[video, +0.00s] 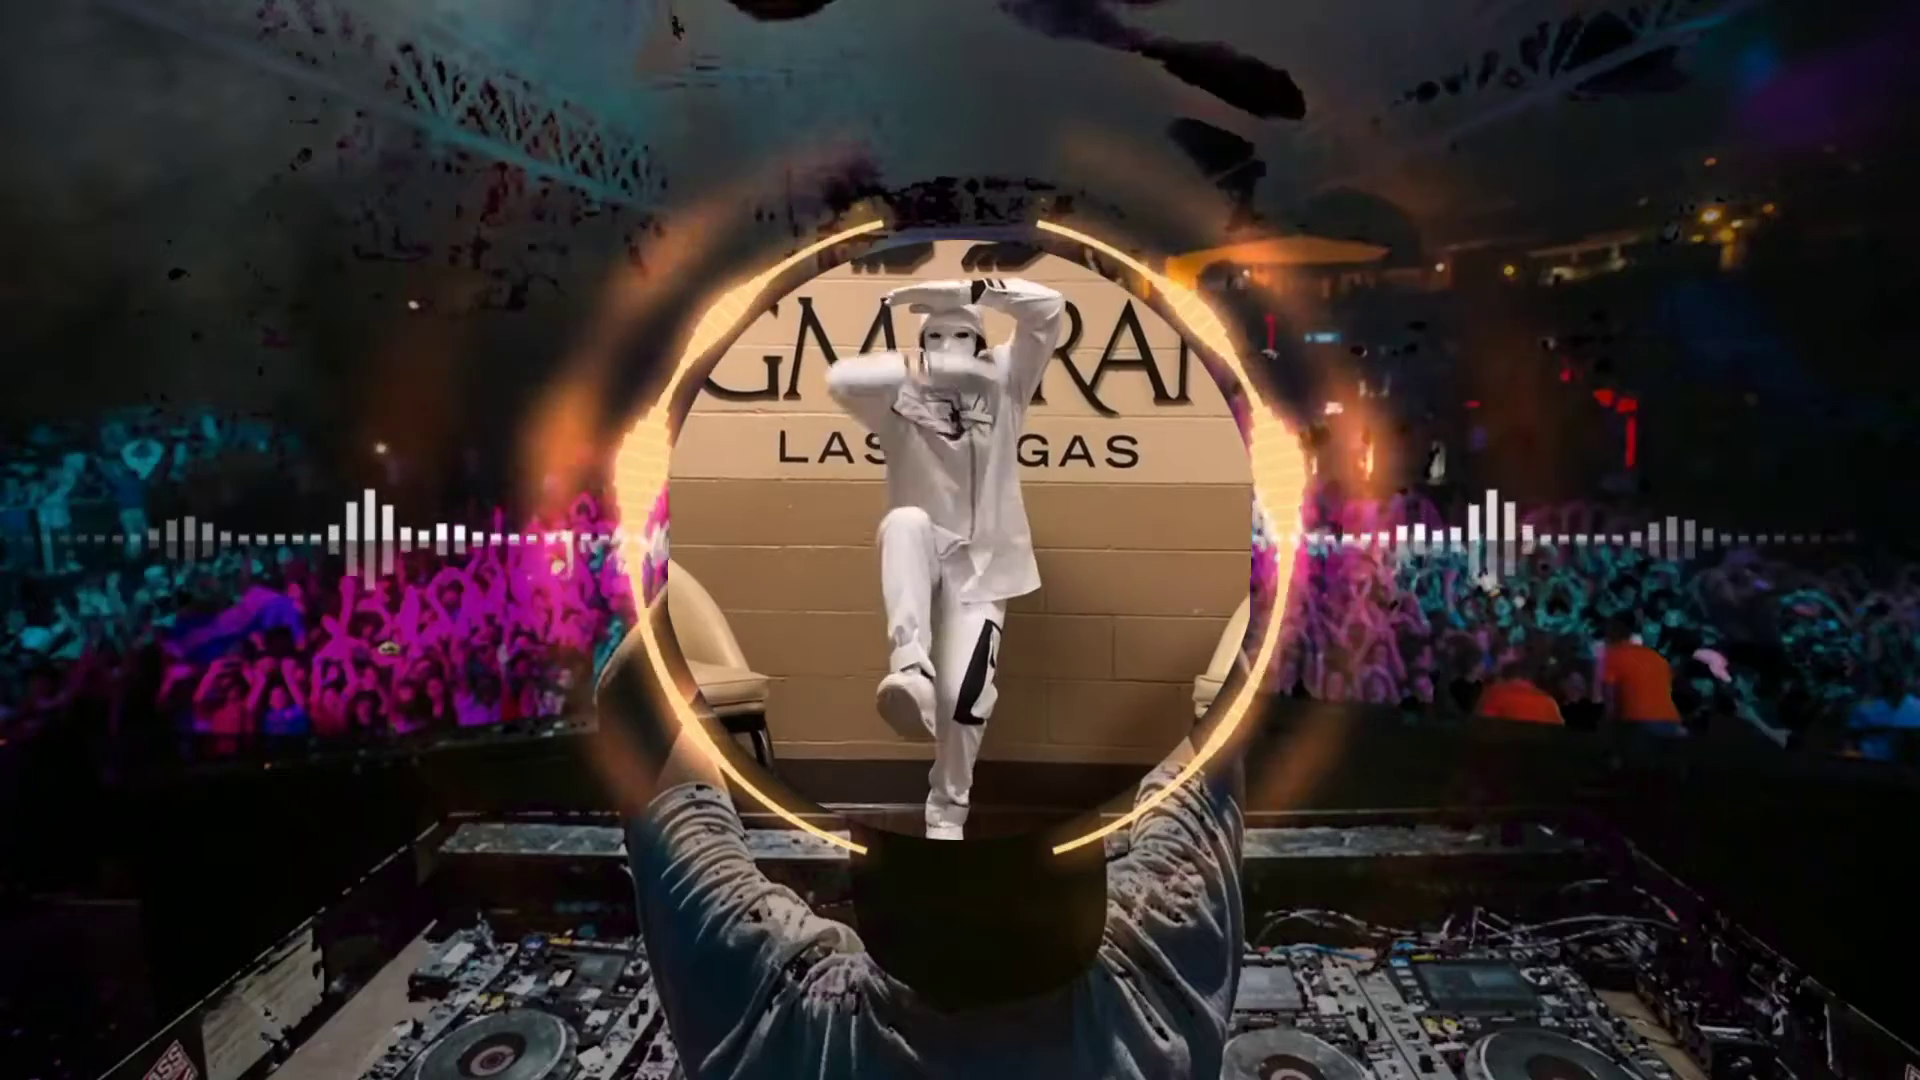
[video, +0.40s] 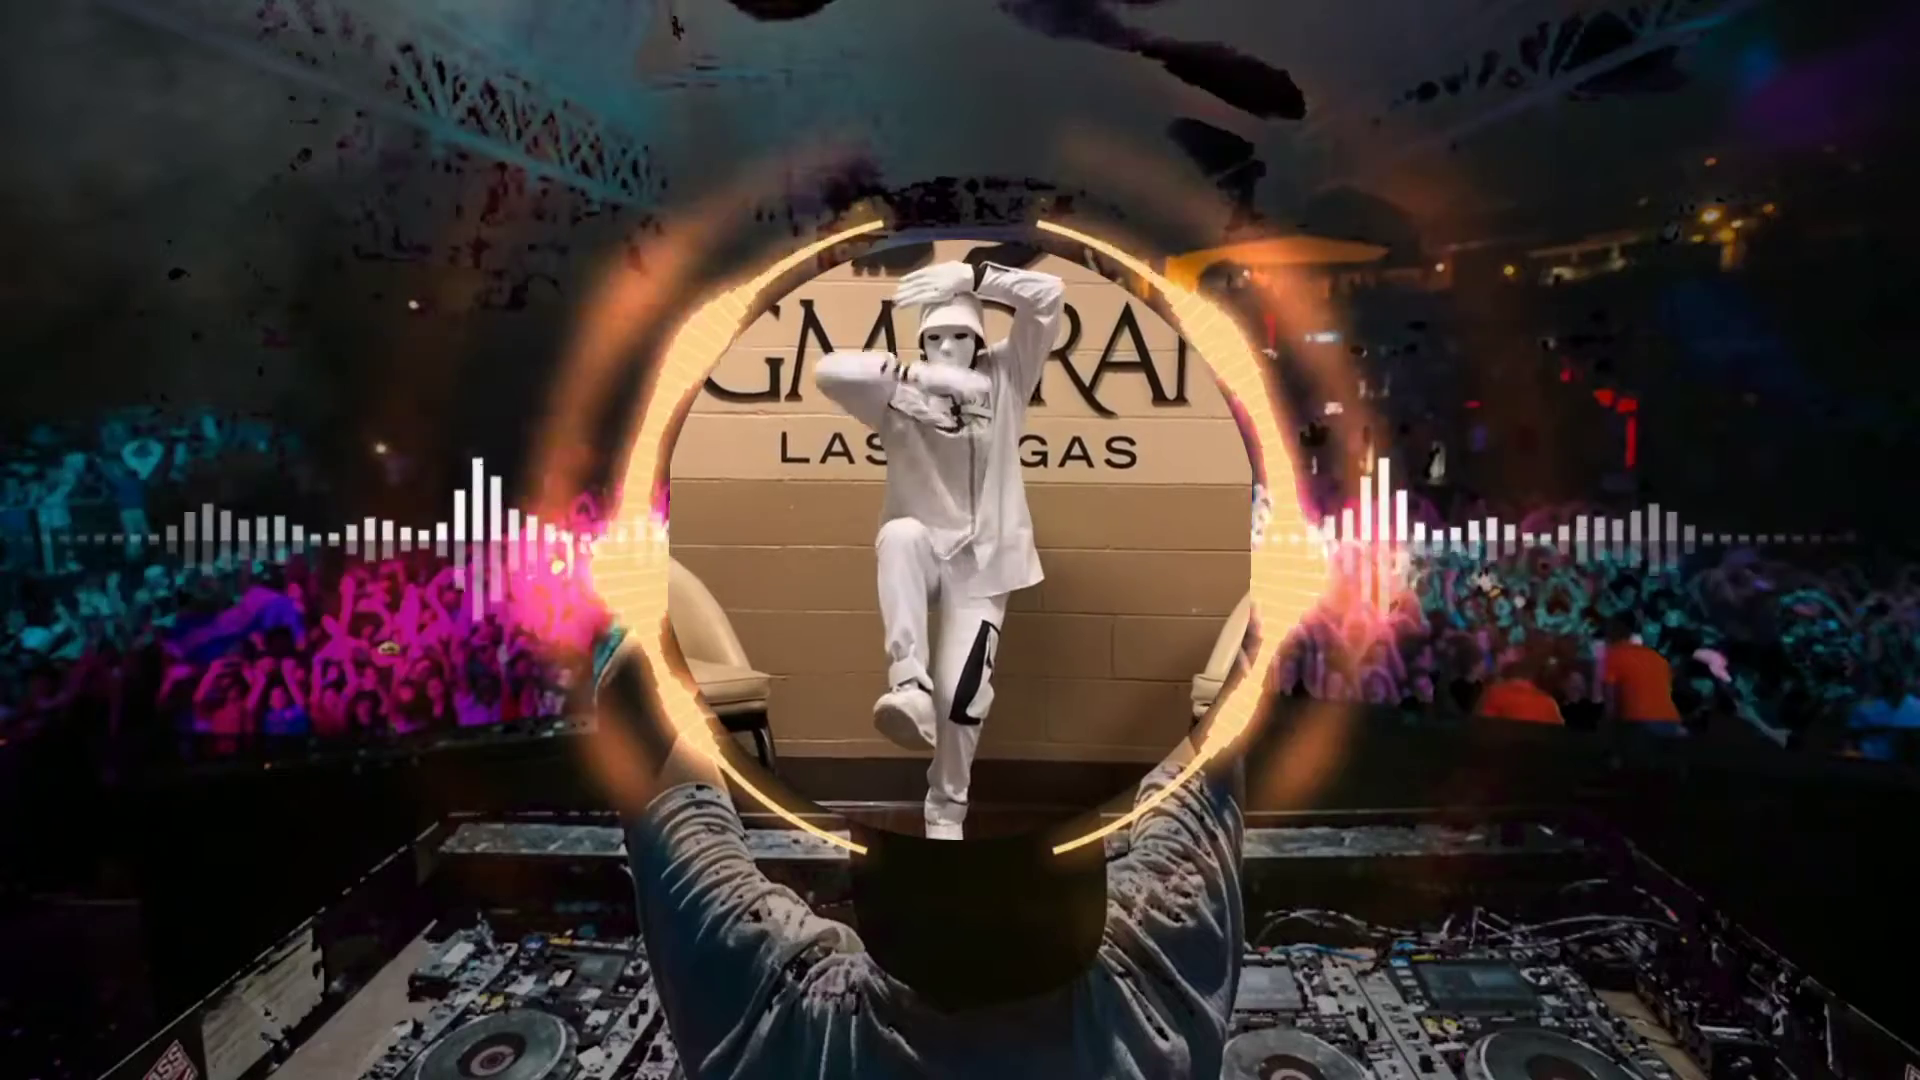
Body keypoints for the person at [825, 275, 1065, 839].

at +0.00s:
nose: (950, 347)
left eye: (961, 337)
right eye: (938, 337)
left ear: (979, 347)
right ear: (922, 350)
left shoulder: (1004, 386)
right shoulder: (896, 398)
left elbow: (1051, 311)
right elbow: (840, 381)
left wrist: (992, 290)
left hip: (982, 562)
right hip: (919, 556)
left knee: (966, 702)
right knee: (905, 519)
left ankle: (946, 819)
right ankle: (913, 676)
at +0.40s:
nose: (948, 350)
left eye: (960, 338)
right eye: (936, 339)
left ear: (977, 341)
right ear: (922, 346)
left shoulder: (1005, 378)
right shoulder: (897, 395)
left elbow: (1048, 296)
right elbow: (830, 372)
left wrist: (968, 275)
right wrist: (917, 376)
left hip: (986, 555)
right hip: (923, 552)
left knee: (962, 698)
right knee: (899, 532)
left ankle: (945, 818)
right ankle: (912, 689)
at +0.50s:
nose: (949, 351)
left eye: (961, 339)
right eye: (938, 340)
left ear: (978, 343)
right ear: (924, 345)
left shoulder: (1005, 379)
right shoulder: (893, 393)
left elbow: (1051, 301)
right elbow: (843, 451)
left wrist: (973, 277)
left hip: (987, 555)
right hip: (925, 550)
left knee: (964, 700)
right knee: (897, 538)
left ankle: (945, 820)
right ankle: (913, 695)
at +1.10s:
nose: (968, 353)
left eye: (979, 343)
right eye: (957, 341)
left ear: (994, 350)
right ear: (936, 344)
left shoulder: (1002, 405)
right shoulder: (886, 414)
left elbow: (1041, 367)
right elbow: (866, 502)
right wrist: (863, 572)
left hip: (980, 564)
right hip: (907, 544)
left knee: (966, 705)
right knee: (945, 567)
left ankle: (946, 816)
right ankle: (936, 718)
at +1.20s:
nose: (960, 349)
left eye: (972, 338)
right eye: (950, 337)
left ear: (988, 346)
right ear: (933, 342)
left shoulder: (1003, 395)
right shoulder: (886, 413)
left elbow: (1037, 430)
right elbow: (865, 506)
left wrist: (972, 449)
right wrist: (863, 581)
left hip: (983, 561)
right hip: (907, 546)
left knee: (963, 694)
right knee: (942, 567)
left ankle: (945, 814)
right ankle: (933, 716)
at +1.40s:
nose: (957, 350)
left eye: (969, 339)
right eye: (947, 337)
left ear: (984, 346)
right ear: (930, 342)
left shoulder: (1006, 411)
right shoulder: (887, 412)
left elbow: (1009, 499)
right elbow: (864, 504)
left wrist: (961, 482)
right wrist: (867, 580)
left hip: (978, 551)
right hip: (909, 543)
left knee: (963, 679)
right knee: (926, 597)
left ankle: (945, 809)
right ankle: (918, 744)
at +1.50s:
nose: (960, 350)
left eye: (972, 340)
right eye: (951, 338)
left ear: (987, 349)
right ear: (934, 345)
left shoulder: (1006, 419)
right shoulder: (887, 412)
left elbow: (992, 508)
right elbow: (862, 505)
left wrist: (949, 444)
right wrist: (850, 583)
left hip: (965, 580)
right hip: (895, 577)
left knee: (951, 697)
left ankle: (945, 815)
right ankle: (867, 802)